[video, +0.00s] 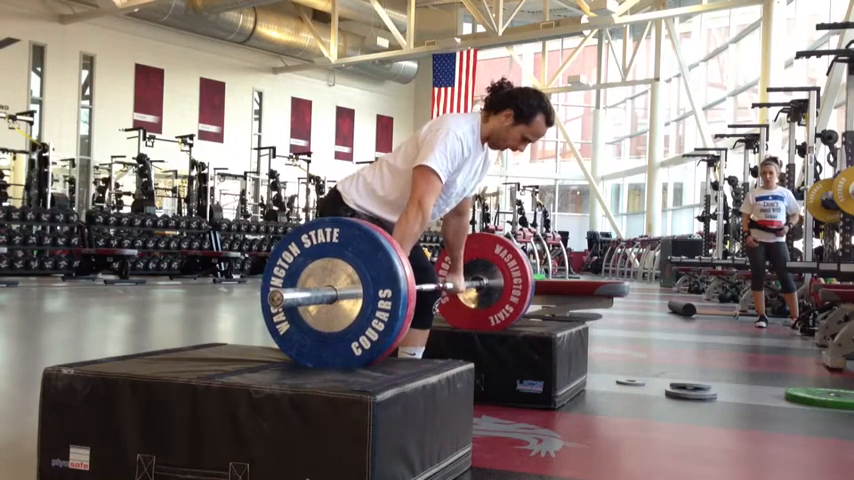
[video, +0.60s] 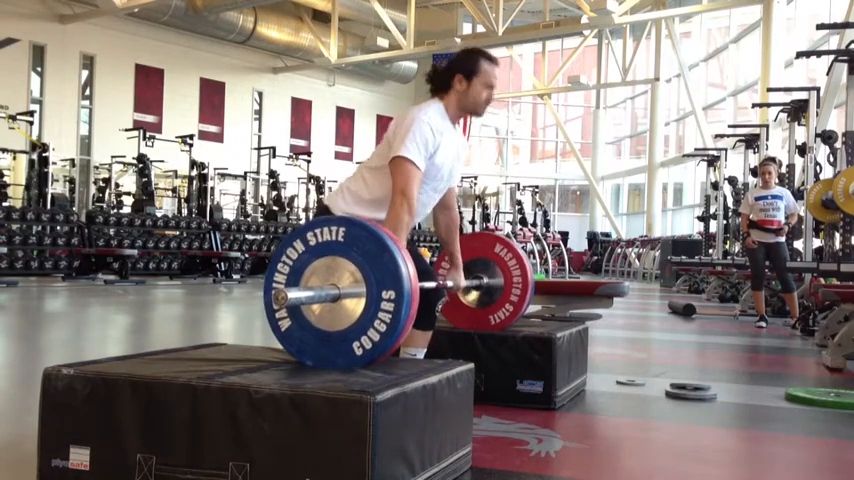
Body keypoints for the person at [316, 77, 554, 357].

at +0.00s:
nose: (521, 148)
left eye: (529, 143)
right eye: (524, 138)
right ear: (507, 116)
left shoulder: (483, 153)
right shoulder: (453, 132)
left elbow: (457, 215)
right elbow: (419, 207)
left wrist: (457, 271)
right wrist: (388, 270)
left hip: (389, 223)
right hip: (350, 210)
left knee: (424, 287)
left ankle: (406, 382)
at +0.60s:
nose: (492, 96)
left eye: (493, 89)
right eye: (488, 87)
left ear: (467, 86)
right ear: (460, 82)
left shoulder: (455, 140)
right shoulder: (421, 121)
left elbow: (446, 208)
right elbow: (403, 199)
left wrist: (456, 264)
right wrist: (386, 269)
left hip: (384, 228)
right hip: (343, 219)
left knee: (427, 289)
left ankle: (405, 384)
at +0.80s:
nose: (488, 72)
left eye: (486, 65)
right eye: (479, 65)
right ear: (453, 73)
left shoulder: (459, 135)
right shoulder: (430, 119)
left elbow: (448, 207)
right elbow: (406, 199)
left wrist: (454, 265)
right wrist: (390, 267)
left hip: (384, 224)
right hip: (345, 214)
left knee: (425, 289)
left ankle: (404, 385)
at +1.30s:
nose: (462, 66)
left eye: (460, 60)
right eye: (452, 59)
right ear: (428, 72)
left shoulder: (446, 138)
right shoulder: (408, 120)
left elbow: (443, 206)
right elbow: (399, 200)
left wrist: (456, 262)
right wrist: (390, 269)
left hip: (384, 231)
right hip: (347, 226)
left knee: (432, 286)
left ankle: (408, 382)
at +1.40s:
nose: (469, 64)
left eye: (466, 58)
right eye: (459, 58)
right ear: (435, 72)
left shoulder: (451, 134)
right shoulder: (418, 118)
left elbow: (445, 204)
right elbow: (403, 201)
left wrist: (456, 262)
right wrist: (390, 269)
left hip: (382, 226)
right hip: (345, 220)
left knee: (430, 287)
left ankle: (408, 384)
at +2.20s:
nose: (478, 26)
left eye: (473, 20)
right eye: (467, 21)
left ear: (455, 39)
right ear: (447, 38)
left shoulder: (463, 93)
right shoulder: (434, 77)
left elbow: (454, 166)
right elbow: (410, 152)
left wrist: (455, 225)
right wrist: (394, 222)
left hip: (404, 202)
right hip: (373, 196)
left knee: (419, 288)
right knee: (376, 290)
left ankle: (405, 381)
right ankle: (363, 383)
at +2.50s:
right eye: (337, 1)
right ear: (334, 20)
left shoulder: (389, 52)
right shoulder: (354, 44)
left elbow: (420, 115)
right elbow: (368, 105)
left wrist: (457, 158)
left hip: (426, 183)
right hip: (390, 182)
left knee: (426, 278)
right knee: (387, 280)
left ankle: (415, 373)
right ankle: (371, 377)